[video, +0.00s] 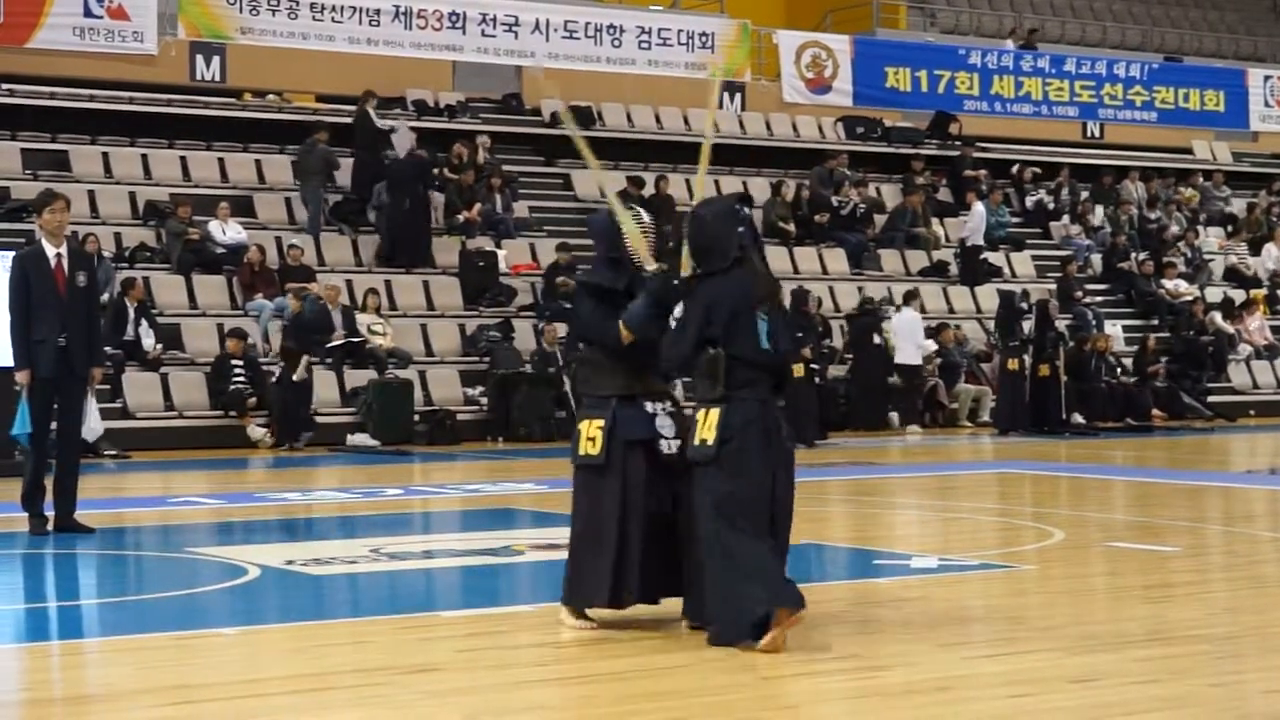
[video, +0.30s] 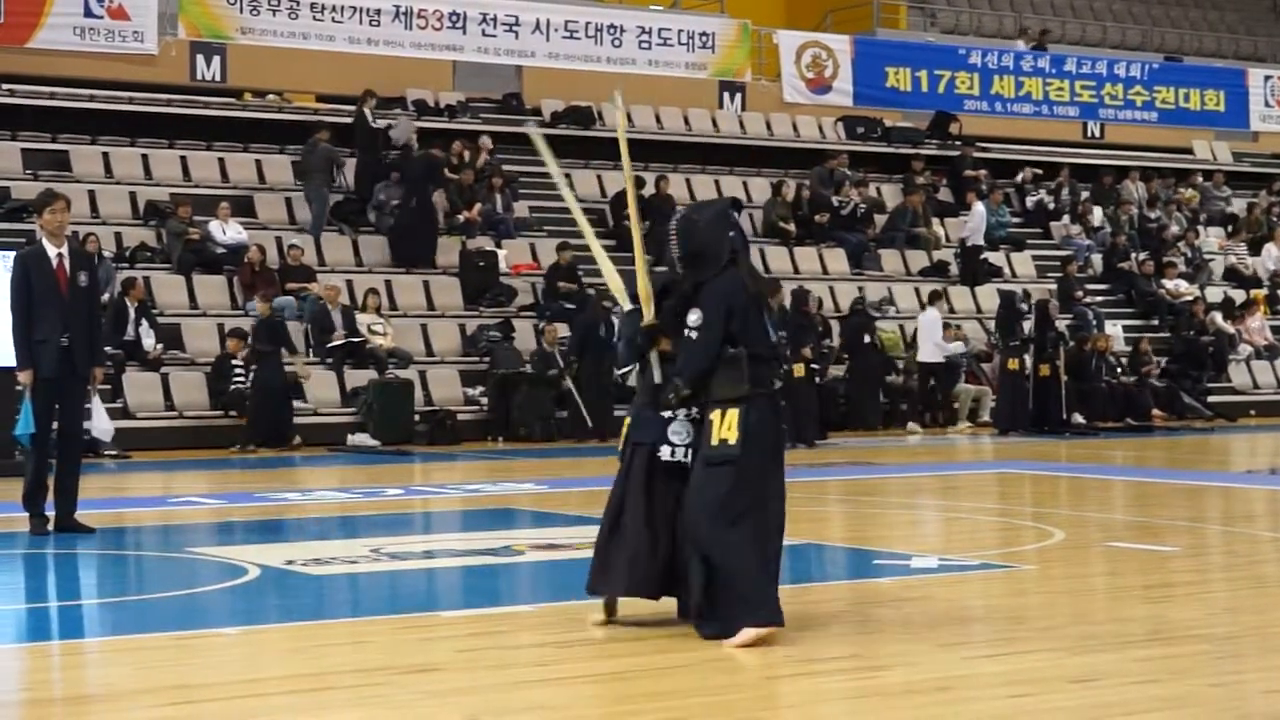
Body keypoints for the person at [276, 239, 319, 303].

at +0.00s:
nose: (294, 253)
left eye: (297, 249)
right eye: (292, 250)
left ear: (302, 252)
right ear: (288, 253)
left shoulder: (308, 269)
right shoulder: (283, 269)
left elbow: (314, 285)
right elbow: (285, 286)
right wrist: (305, 285)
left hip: (306, 292)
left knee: (312, 298)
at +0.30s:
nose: (294, 253)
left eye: (297, 250)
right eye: (292, 250)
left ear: (302, 253)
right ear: (288, 252)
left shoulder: (309, 269)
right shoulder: (283, 268)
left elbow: (314, 285)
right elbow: (285, 286)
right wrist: (306, 285)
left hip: (306, 292)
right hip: (291, 294)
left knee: (313, 298)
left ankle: (306, 324)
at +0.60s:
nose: (293, 254)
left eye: (296, 251)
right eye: (290, 251)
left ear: (301, 254)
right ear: (287, 254)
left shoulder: (308, 270)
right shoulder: (282, 269)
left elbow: (313, 286)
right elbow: (284, 287)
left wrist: (313, 291)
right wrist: (305, 286)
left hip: (305, 293)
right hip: (290, 295)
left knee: (312, 299)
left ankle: (305, 325)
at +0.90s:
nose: (292, 254)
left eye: (295, 251)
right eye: (290, 251)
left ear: (300, 254)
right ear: (287, 254)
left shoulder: (307, 270)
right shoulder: (282, 270)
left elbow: (313, 286)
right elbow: (284, 287)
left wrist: (312, 292)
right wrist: (305, 287)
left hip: (305, 293)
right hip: (290, 295)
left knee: (311, 299)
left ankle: (305, 325)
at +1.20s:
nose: (292, 254)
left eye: (295, 251)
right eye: (289, 251)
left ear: (300, 255)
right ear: (286, 254)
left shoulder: (307, 270)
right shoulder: (282, 270)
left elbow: (313, 287)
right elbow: (284, 288)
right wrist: (305, 287)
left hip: (305, 294)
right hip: (289, 295)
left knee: (311, 299)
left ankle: (305, 325)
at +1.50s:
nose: (293, 255)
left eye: (296, 251)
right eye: (290, 252)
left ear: (301, 255)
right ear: (287, 254)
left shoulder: (308, 271)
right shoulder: (282, 270)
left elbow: (314, 288)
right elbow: (285, 288)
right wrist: (305, 287)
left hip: (305, 294)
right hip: (290, 296)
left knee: (312, 299)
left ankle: (305, 325)